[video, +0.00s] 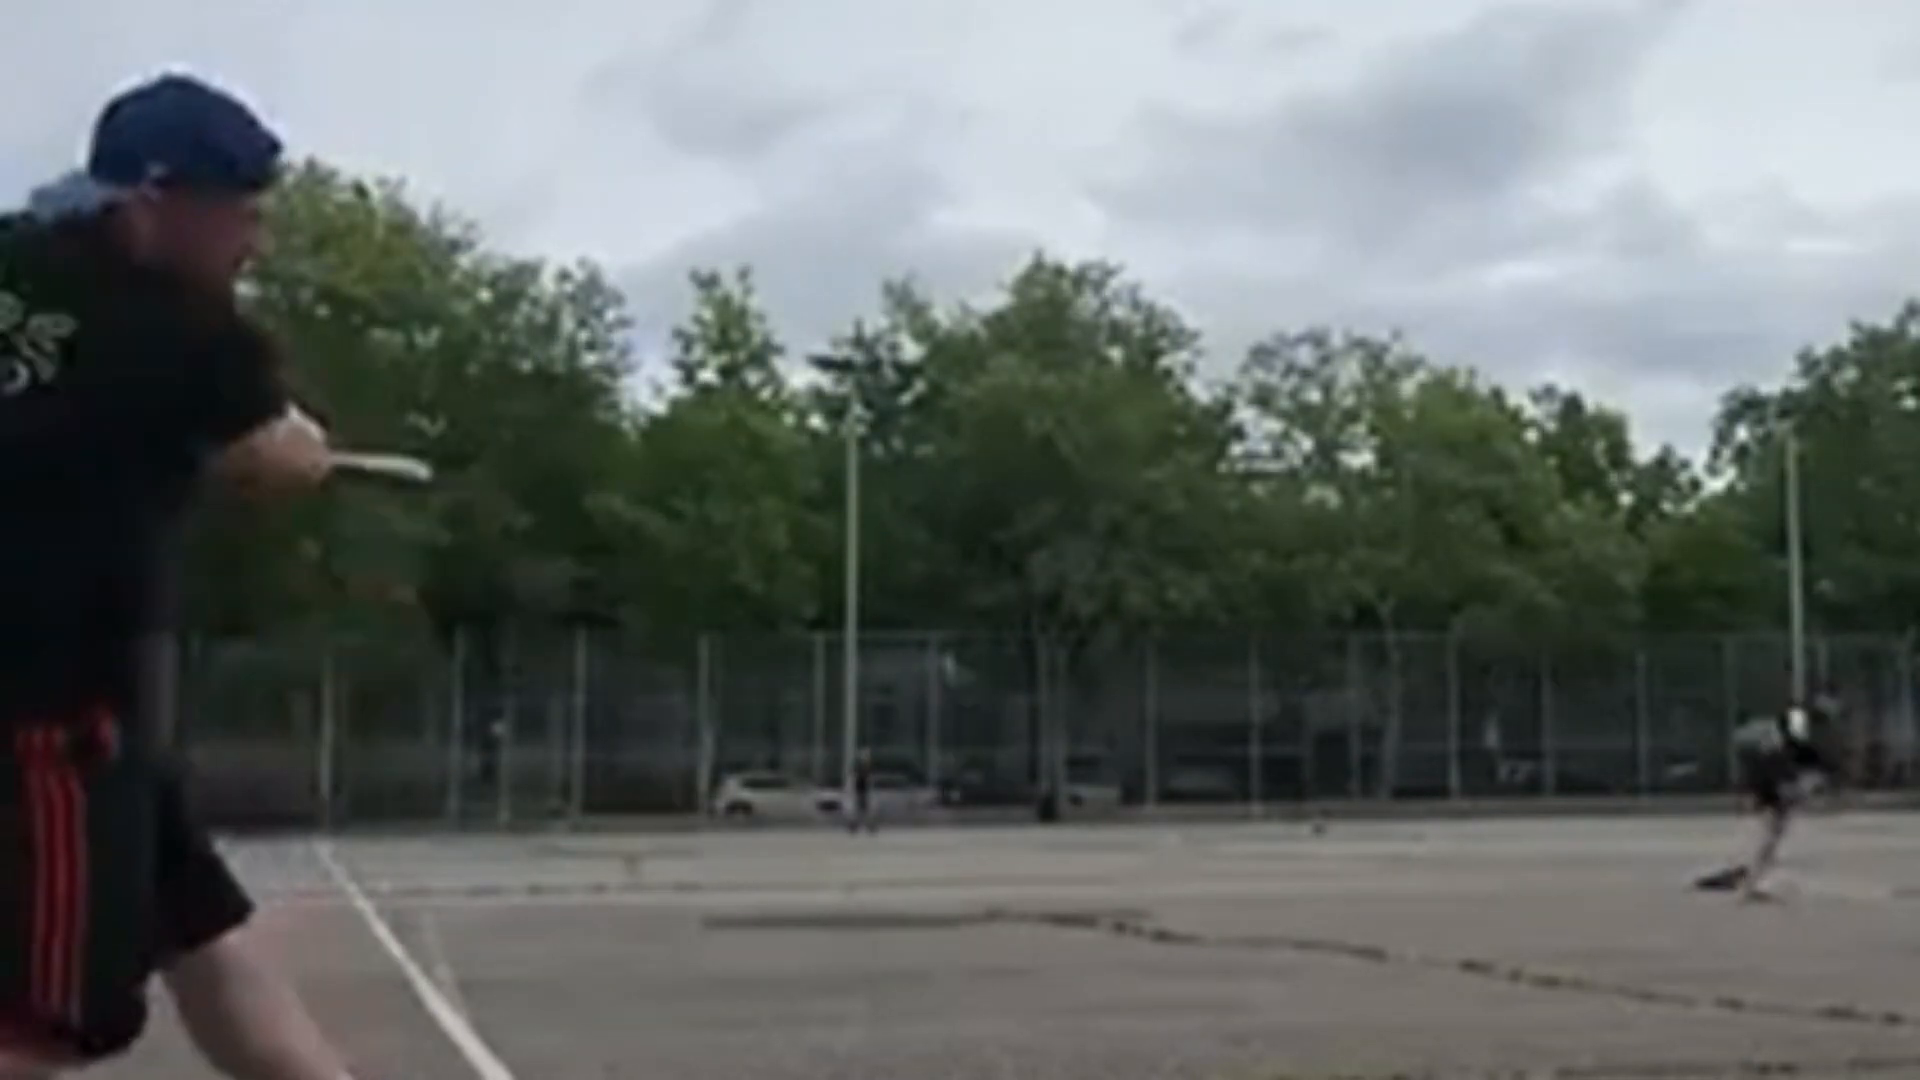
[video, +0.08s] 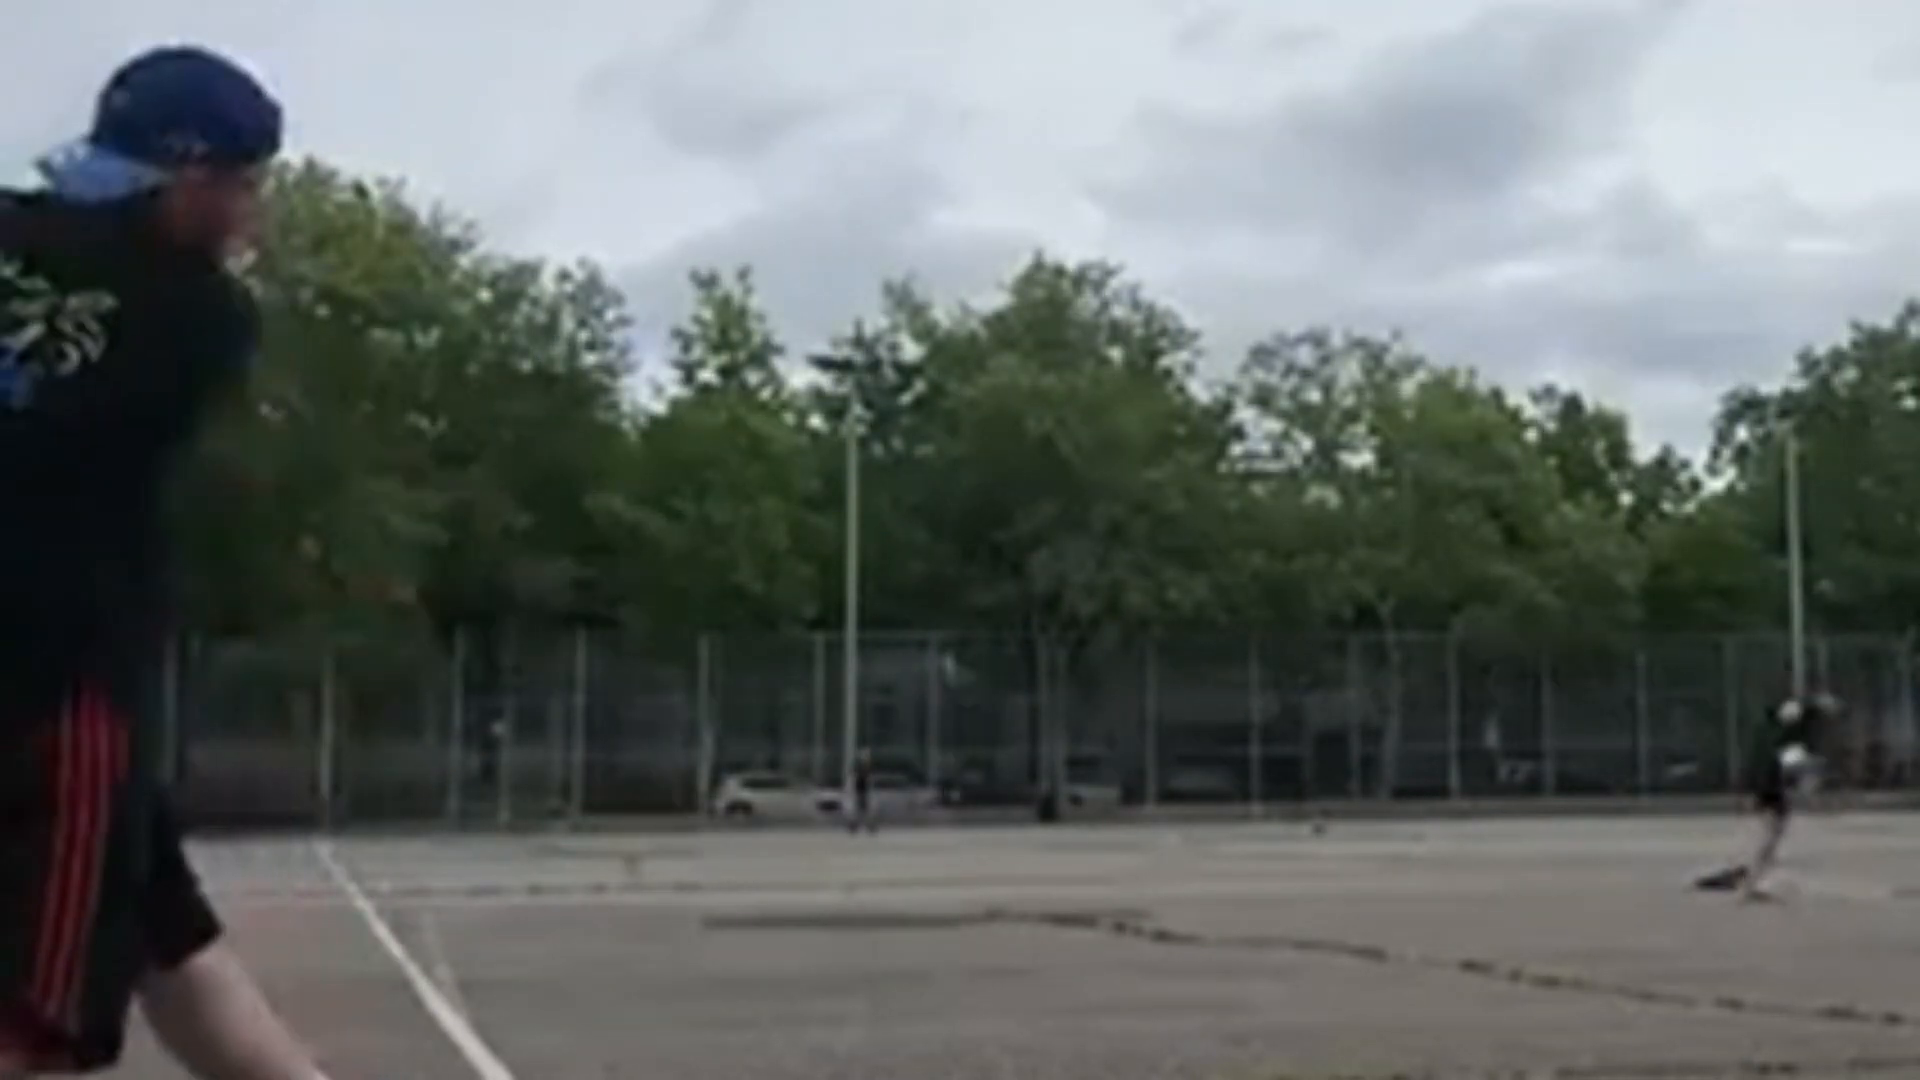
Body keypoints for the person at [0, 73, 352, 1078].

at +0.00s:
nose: (257, 236)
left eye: (256, 211)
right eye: (240, 210)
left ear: (142, 201)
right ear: (152, 203)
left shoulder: (31, 270)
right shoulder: (160, 318)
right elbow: (276, 453)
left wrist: (248, 432)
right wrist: (299, 450)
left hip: (73, 705)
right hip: (53, 710)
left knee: (212, 945)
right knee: (40, 1036)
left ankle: (319, 1066)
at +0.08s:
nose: (254, 211)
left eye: (256, 183)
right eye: (245, 182)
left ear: (120, 154)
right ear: (183, 176)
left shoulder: (17, 231)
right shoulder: (188, 307)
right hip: (73, 659)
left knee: (179, 955)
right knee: (40, 1024)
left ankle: (290, 1065)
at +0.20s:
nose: (189, 157)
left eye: (190, 133)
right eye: (186, 133)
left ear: (55, 107)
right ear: (147, 132)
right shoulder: (174, 268)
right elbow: (119, 484)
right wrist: (138, 673)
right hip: (67, 646)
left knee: (165, 912)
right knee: (29, 996)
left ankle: (254, 1065)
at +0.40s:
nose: (168, 160)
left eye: (161, 137)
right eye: (168, 137)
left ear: (25, 115)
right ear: (146, 141)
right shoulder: (165, 284)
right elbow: (206, 414)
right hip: (52, 660)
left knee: (157, 943)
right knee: (20, 1014)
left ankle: (245, 1072)